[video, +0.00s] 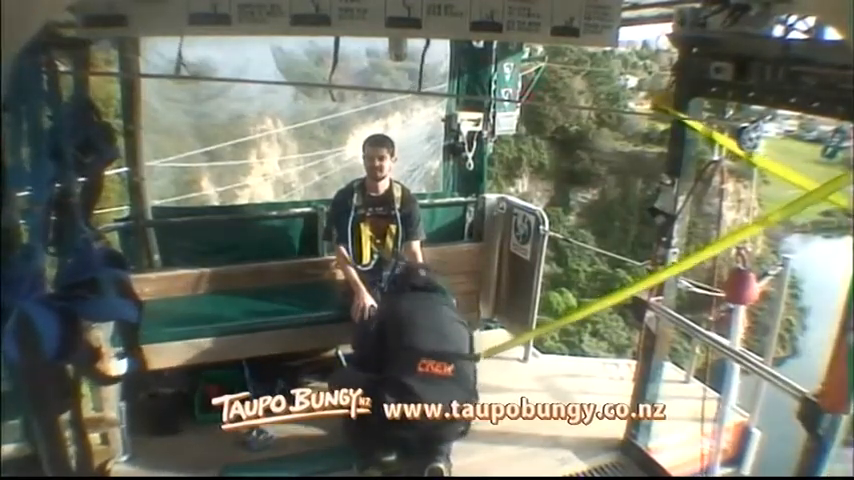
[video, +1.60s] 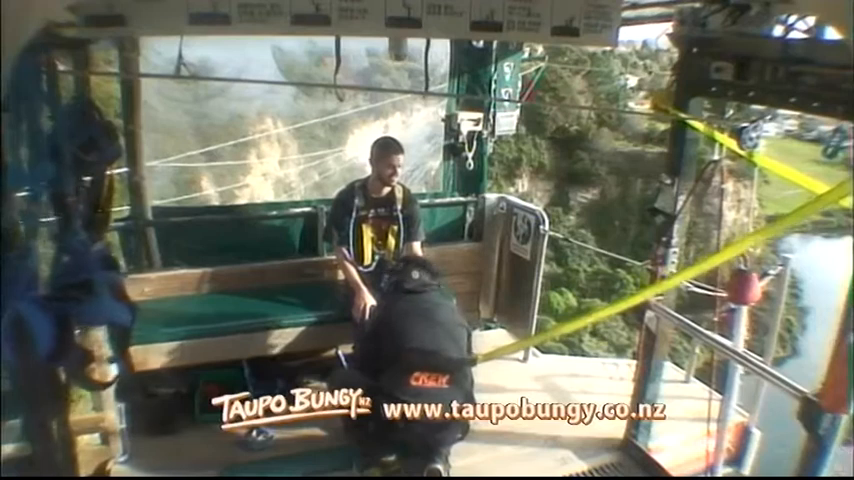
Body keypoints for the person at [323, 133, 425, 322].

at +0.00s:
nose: (375, 164)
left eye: (381, 158)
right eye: (369, 159)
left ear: (393, 160)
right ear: (363, 160)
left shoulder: (405, 199)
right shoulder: (345, 198)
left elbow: (414, 249)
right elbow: (341, 251)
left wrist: (421, 288)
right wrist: (360, 291)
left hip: (398, 278)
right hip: (362, 279)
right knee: (369, 316)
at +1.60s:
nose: (396, 172)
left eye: (399, 166)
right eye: (390, 167)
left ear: (403, 165)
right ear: (373, 163)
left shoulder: (406, 198)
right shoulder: (348, 198)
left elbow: (414, 247)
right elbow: (341, 251)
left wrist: (417, 287)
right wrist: (361, 291)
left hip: (398, 281)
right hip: (362, 281)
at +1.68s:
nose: (396, 173)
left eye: (400, 167)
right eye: (390, 167)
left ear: (403, 165)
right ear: (373, 163)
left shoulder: (406, 199)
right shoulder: (348, 199)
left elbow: (414, 248)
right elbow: (340, 250)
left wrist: (420, 288)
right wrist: (361, 291)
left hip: (398, 284)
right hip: (363, 284)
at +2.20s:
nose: (398, 175)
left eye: (401, 169)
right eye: (393, 169)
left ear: (404, 165)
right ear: (375, 164)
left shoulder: (406, 199)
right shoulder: (349, 199)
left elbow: (414, 248)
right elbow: (341, 252)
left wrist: (422, 289)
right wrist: (362, 291)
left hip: (397, 284)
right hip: (361, 284)